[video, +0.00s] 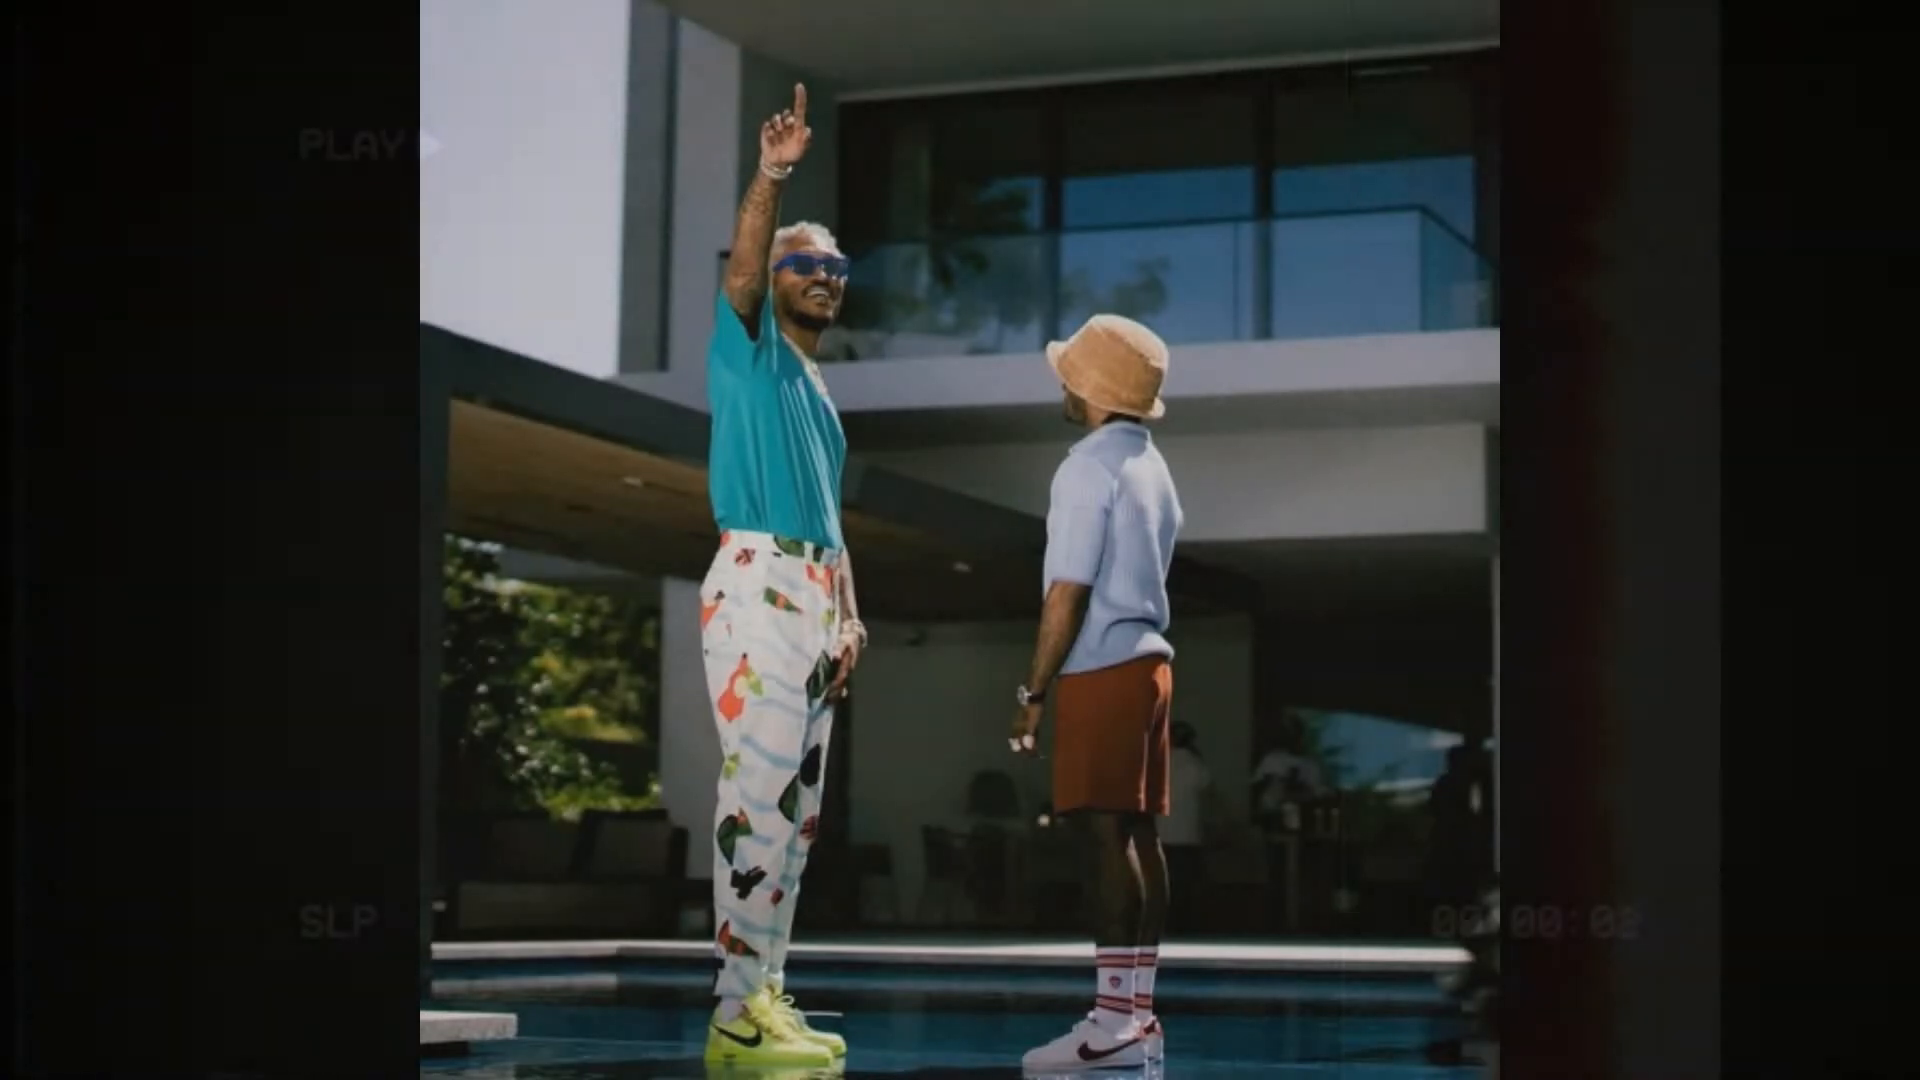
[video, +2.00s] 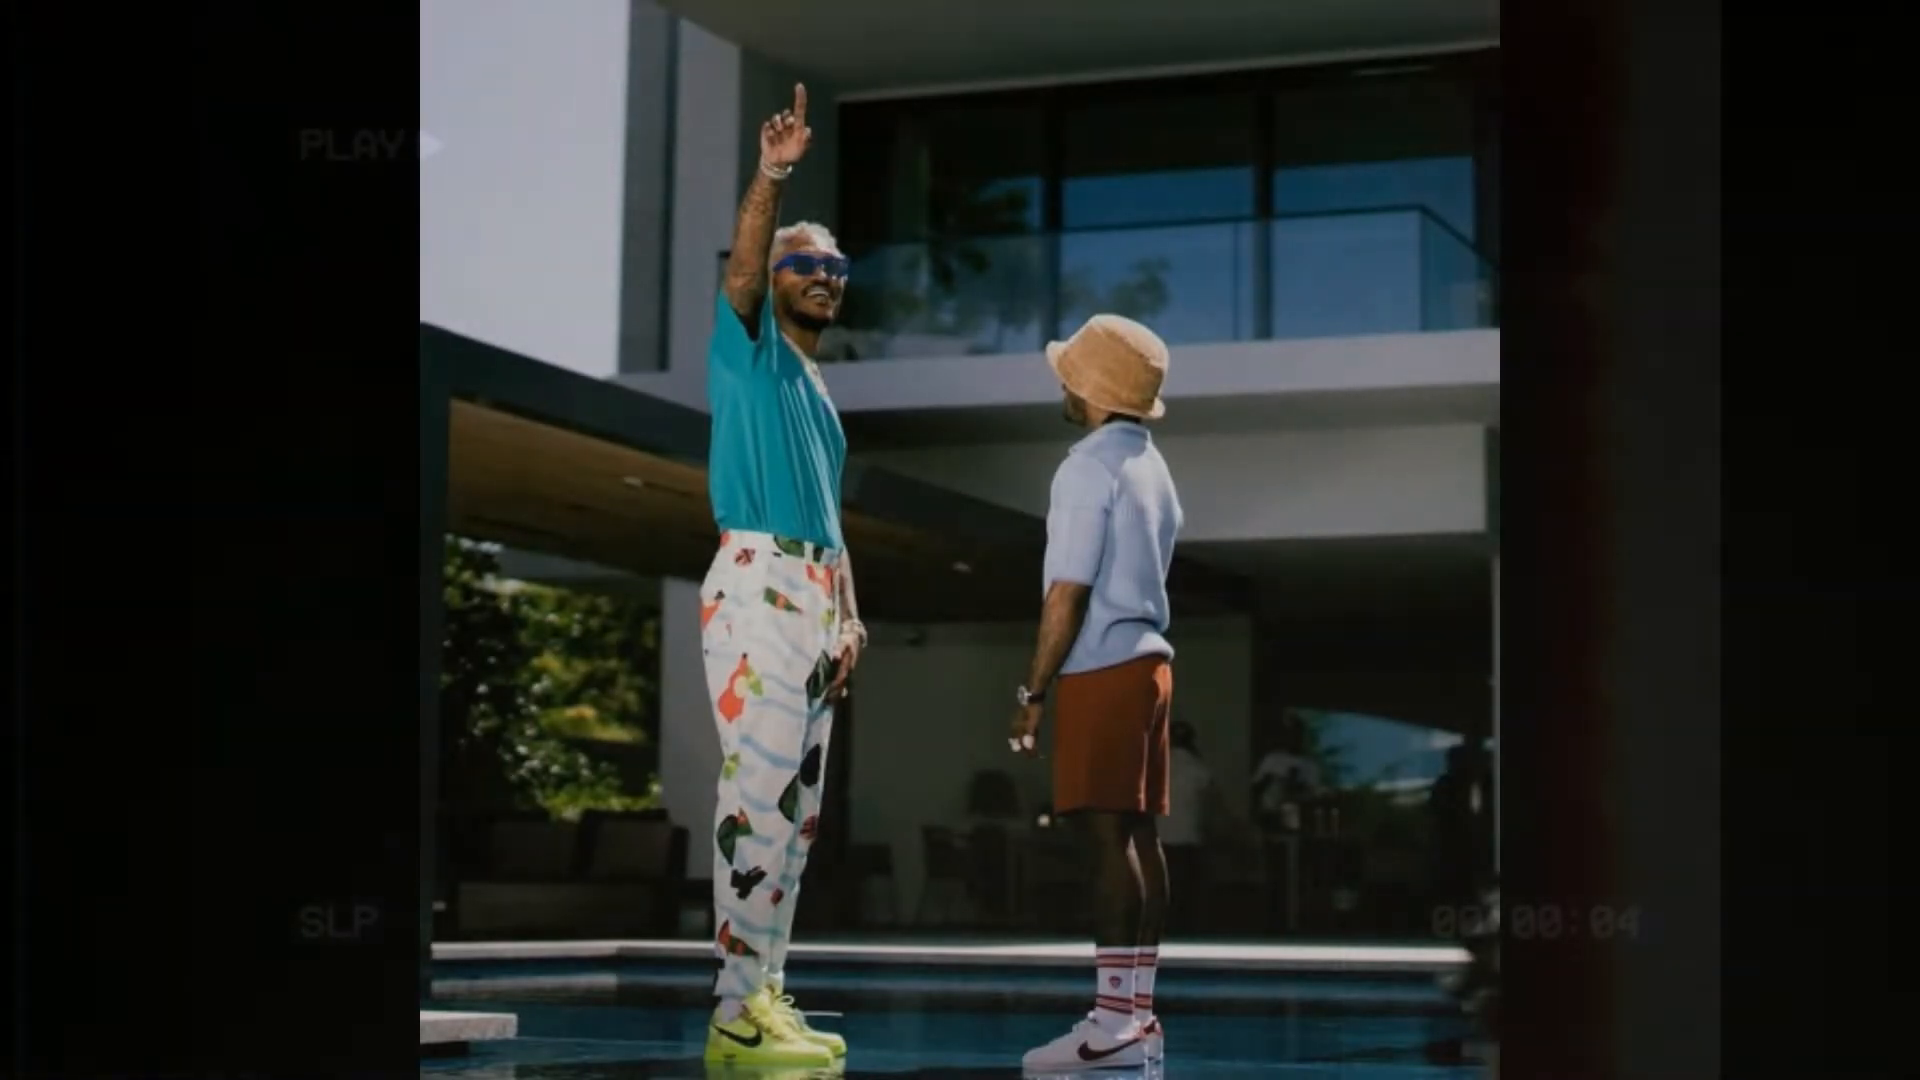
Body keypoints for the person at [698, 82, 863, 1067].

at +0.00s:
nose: (822, 281)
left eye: (833, 272)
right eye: (805, 267)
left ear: (842, 292)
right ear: (770, 279)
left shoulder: (819, 395)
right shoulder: (744, 344)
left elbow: (827, 521)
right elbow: (744, 266)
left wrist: (847, 613)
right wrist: (770, 173)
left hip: (813, 590)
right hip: (756, 582)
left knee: (793, 799)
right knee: (759, 793)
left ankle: (758, 1003)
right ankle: (746, 1006)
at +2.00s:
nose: (823, 281)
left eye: (834, 272)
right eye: (805, 267)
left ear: (842, 292)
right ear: (770, 278)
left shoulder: (820, 396)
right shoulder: (745, 344)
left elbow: (827, 522)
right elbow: (744, 267)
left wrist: (848, 613)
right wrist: (770, 173)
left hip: (814, 591)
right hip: (756, 582)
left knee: (793, 798)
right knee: (759, 792)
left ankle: (760, 1000)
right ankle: (745, 1006)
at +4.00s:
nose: (823, 283)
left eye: (834, 273)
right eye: (806, 268)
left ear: (841, 292)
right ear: (770, 278)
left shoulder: (818, 394)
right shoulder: (744, 343)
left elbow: (827, 520)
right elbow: (744, 267)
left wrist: (847, 612)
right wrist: (770, 173)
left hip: (813, 590)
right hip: (755, 581)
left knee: (793, 798)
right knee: (759, 793)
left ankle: (758, 1002)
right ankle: (745, 1007)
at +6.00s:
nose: (823, 283)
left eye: (834, 274)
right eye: (806, 268)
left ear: (841, 293)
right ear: (770, 278)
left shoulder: (818, 394)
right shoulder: (744, 343)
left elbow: (828, 520)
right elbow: (744, 268)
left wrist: (847, 612)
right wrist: (769, 174)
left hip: (814, 589)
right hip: (756, 581)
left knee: (794, 798)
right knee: (759, 791)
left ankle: (756, 1003)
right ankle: (746, 1003)